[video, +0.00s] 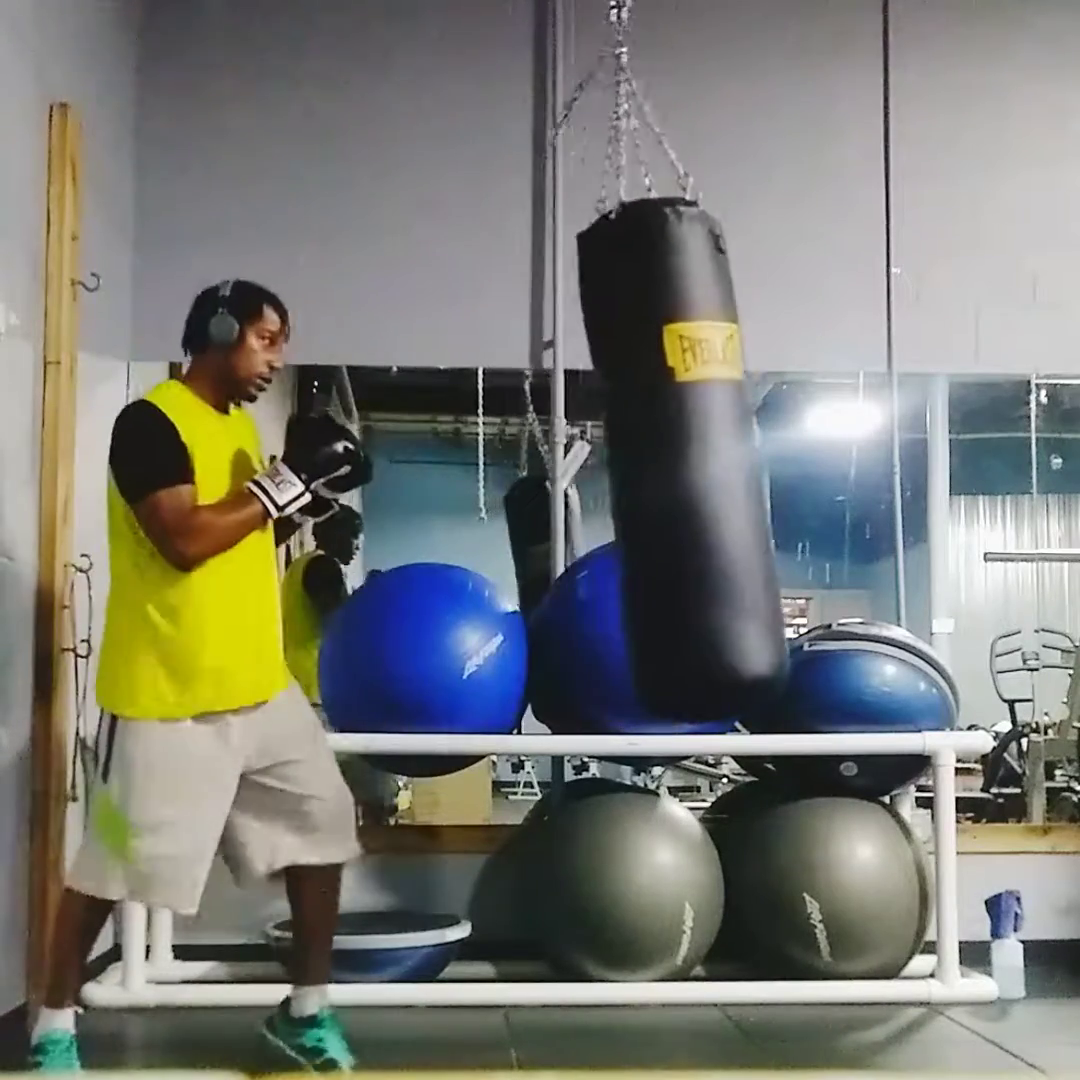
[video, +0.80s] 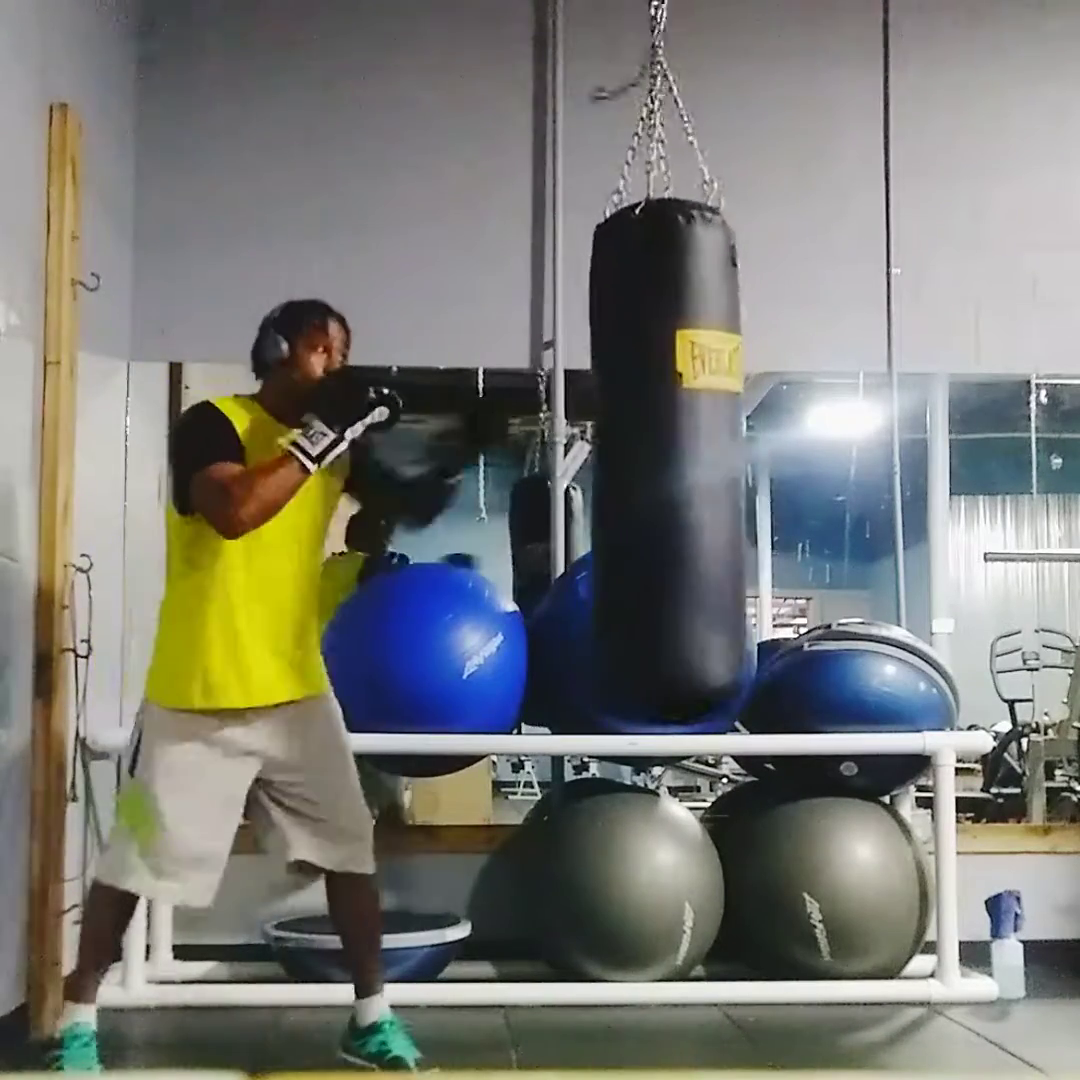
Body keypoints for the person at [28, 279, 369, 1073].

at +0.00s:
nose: (277, 357)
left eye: (281, 344)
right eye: (266, 339)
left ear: (258, 351)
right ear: (214, 335)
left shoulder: (245, 436)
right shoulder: (148, 420)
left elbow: (253, 560)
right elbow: (183, 540)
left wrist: (310, 536)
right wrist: (281, 490)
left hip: (257, 682)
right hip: (163, 690)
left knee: (325, 821)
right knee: (109, 861)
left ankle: (308, 1010)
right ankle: (52, 1024)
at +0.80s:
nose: (334, 368)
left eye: (340, 356)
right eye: (322, 351)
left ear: (338, 367)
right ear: (278, 354)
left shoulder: (330, 445)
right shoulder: (209, 422)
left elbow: (351, 558)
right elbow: (233, 512)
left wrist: (385, 502)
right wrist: (324, 434)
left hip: (297, 686)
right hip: (197, 687)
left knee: (351, 845)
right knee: (134, 856)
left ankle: (372, 1017)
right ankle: (77, 1018)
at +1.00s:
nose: (357, 365)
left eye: (367, 355)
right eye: (342, 348)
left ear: (370, 368)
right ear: (299, 351)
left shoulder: (367, 442)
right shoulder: (239, 421)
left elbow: (451, 508)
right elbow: (239, 514)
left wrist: (516, 458)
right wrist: (337, 439)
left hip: (322, 682)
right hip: (225, 679)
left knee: (362, 850)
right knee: (186, 857)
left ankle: (374, 1017)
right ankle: (152, 1006)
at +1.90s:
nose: (412, 367)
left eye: (424, 357)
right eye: (396, 353)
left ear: (436, 372)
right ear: (362, 364)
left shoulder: (459, 446)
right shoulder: (321, 439)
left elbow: (528, 536)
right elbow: (289, 537)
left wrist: (546, 486)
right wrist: (368, 471)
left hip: (428, 676)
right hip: (328, 679)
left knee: (445, 843)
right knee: (292, 838)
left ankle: (456, 1012)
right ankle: (274, 984)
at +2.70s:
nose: (441, 382)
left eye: (456, 372)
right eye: (429, 370)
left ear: (473, 387)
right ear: (405, 383)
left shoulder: (507, 450)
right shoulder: (378, 458)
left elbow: (552, 545)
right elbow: (324, 538)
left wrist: (554, 464)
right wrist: (376, 444)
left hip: (486, 678)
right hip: (395, 681)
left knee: (515, 846)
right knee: (370, 847)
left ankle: (538, 1009)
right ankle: (345, 988)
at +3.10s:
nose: (470, 402)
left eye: (484, 389)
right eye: (461, 389)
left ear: (511, 399)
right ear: (446, 403)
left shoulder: (541, 470)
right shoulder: (437, 480)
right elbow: (383, 562)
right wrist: (414, 481)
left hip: (542, 692)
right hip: (469, 695)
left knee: (581, 852)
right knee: (469, 849)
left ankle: (612, 1011)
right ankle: (465, 987)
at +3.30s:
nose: (515, 384)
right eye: (500, 370)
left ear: (555, 377)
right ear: (480, 385)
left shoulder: (586, 438)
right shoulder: (470, 447)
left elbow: (657, 520)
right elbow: (413, 555)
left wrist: (609, 469)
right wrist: (445, 504)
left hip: (590, 664)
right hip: (507, 668)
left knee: (601, 841)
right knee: (533, 843)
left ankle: (618, 1011)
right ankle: (578, 978)